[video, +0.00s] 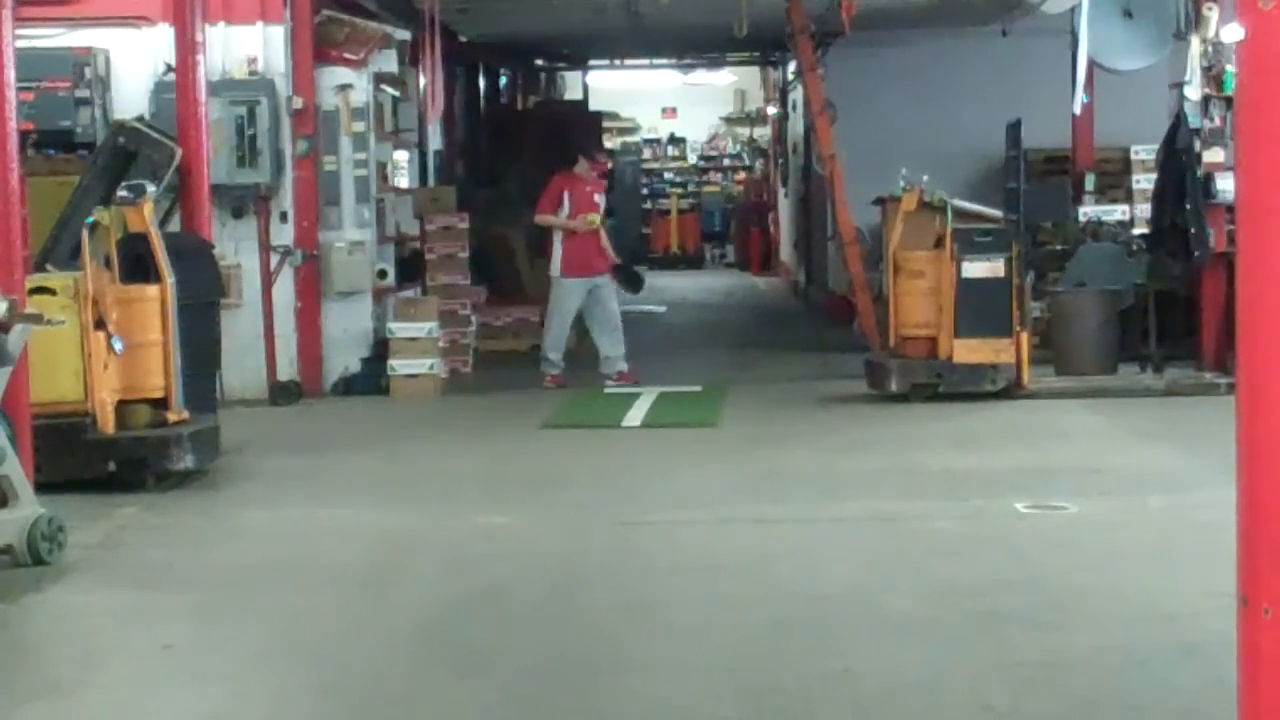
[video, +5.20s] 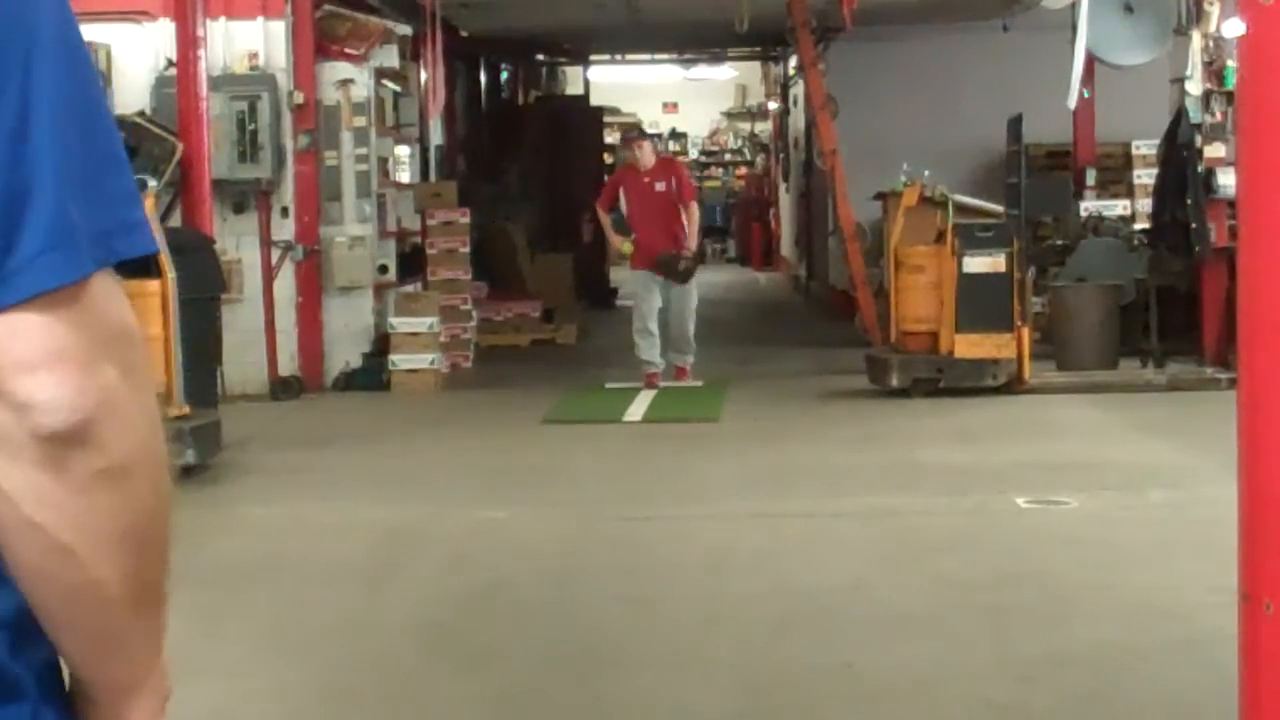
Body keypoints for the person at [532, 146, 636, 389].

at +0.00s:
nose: (597, 172)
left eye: (600, 167)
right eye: (594, 166)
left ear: (601, 166)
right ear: (581, 160)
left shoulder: (599, 186)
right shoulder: (561, 181)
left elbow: (598, 225)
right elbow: (541, 216)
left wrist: (611, 255)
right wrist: (573, 225)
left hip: (599, 270)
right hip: (569, 272)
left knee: (609, 320)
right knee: (559, 322)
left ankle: (616, 369)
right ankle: (551, 369)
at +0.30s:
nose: (621, 173)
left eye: (625, 169)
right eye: (618, 167)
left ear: (630, 167)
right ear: (607, 160)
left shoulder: (629, 183)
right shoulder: (588, 178)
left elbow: (636, 226)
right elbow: (567, 211)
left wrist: (646, 259)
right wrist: (592, 219)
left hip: (624, 263)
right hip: (595, 262)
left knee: (625, 315)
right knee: (596, 313)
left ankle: (618, 365)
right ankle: (577, 359)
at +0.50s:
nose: (629, 174)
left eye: (634, 170)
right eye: (626, 169)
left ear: (640, 166)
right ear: (616, 161)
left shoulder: (642, 182)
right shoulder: (599, 178)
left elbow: (647, 224)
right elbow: (578, 211)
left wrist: (654, 259)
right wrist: (602, 222)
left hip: (632, 262)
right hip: (605, 260)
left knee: (631, 313)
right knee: (612, 311)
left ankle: (624, 364)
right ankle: (613, 364)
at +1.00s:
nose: (638, 175)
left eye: (642, 171)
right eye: (634, 171)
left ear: (648, 163)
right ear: (624, 164)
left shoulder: (652, 175)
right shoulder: (612, 182)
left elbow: (665, 206)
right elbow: (599, 222)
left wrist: (677, 234)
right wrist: (633, 224)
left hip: (657, 260)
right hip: (631, 263)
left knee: (665, 309)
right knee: (637, 313)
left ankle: (633, 354)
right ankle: (646, 364)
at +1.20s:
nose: (641, 175)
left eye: (646, 171)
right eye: (637, 171)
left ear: (653, 163)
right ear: (626, 163)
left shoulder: (659, 175)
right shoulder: (614, 181)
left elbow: (683, 193)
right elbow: (597, 219)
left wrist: (699, 214)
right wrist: (626, 231)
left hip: (664, 259)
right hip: (634, 263)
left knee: (673, 310)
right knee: (637, 316)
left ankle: (673, 361)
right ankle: (646, 365)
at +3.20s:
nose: (643, 161)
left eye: (648, 156)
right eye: (638, 157)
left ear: (656, 154)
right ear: (632, 157)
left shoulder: (672, 172)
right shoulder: (625, 178)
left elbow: (692, 205)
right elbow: (598, 212)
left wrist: (706, 235)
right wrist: (614, 238)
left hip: (674, 259)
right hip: (641, 263)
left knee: (682, 309)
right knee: (642, 315)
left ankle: (685, 362)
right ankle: (649, 364)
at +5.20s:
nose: (638, 154)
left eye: (641, 147)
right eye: (632, 149)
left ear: (651, 146)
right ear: (626, 152)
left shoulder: (673, 169)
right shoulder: (622, 176)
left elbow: (691, 206)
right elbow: (601, 206)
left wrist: (691, 245)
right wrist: (613, 237)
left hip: (677, 256)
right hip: (644, 259)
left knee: (682, 315)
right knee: (645, 315)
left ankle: (683, 364)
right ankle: (650, 367)